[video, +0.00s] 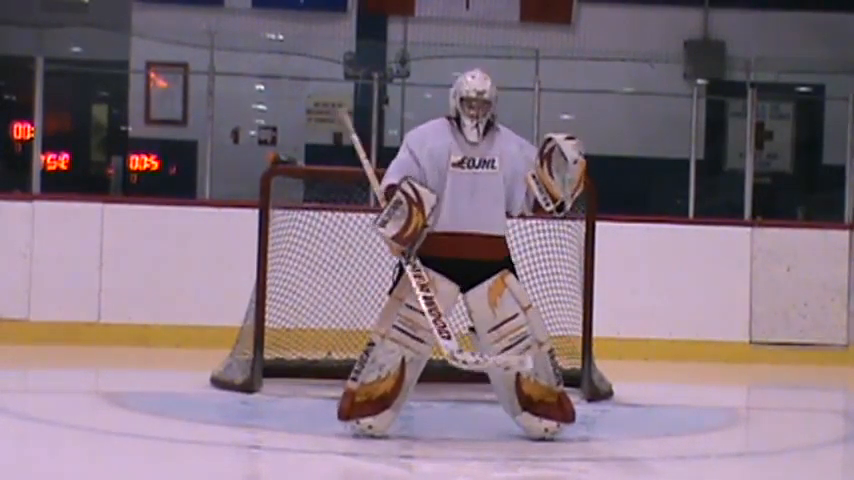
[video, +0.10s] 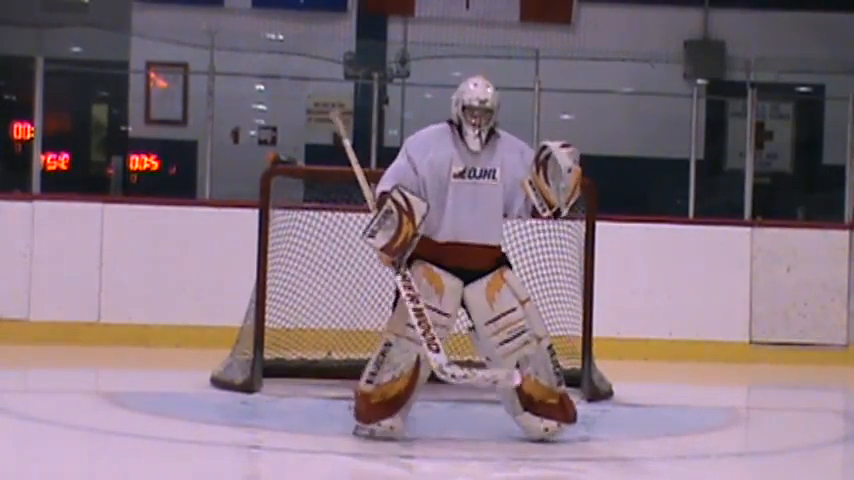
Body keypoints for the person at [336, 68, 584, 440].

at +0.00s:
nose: (475, 110)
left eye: (481, 103)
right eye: (468, 103)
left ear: (492, 104)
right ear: (454, 102)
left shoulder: (511, 146)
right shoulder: (425, 140)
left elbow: (531, 201)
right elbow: (393, 186)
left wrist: (556, 176)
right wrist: (399, 208)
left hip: (490, 259)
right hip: (433, 258)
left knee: (516, 336)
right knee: (402, 334)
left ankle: (541, 417)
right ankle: (373, 415)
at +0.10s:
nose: (477, 119)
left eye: (484, 112)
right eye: (470, 111)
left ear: (495, 113)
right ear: (457, 109)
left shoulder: (513, 152)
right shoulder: (426, 146)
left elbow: (529, 205)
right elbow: (390, 191)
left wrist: (553, 176)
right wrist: (394, 221)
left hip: (489, 268)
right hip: (431, 265)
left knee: (522, 342)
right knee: (406, 342)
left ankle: (544, 420)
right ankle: (377, 417)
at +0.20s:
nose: (477, 131)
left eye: (484, 124)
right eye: (470, 123)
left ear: (495, 125)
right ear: (456, 121)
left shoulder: (511, 161)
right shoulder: (426, 155)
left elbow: (527, 210)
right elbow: (389, 200)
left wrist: (550, 188)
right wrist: (391, 231)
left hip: (488, 272)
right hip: (432, 268)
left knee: (517, 343)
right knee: (415, 344)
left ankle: (535, 418)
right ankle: (383, 416)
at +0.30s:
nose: (479, 142)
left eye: (486, 135)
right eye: (472, 134)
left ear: (496, 136)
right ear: (457, 132)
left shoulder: (510, 169)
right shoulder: (429, 164)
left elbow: (536, 214)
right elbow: (392, 207)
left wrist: (551, 205)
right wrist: (391, 243)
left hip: (489, 276)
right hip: (433, 272)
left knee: (516, 346)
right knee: (412, 345)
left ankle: (534, 420)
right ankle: (380, 414)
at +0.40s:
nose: (483, 148)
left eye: (490, 141)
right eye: (476, 140)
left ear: (500, 142)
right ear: (461, 139)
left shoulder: (515, 175)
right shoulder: (432, 171)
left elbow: (542, 220)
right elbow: (396, 212)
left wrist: (555, 214)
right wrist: (391, 241)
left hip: (492, 278)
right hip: (435, 274)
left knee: (518, 348)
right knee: (410, 345)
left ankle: (542, 420)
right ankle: (375, 413)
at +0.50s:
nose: (487, 153)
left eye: (494, 146)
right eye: (480, 146)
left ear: (503, 147)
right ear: (465, 146)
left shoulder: (521, 183)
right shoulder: (437, 175)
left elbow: (549, 225)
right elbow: (400, 213)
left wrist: (561, 225)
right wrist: (397, 241)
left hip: (496, 281)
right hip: (437, 274)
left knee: (519, 347)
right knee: (404, 338)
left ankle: (554, 416)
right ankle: (376, 412)